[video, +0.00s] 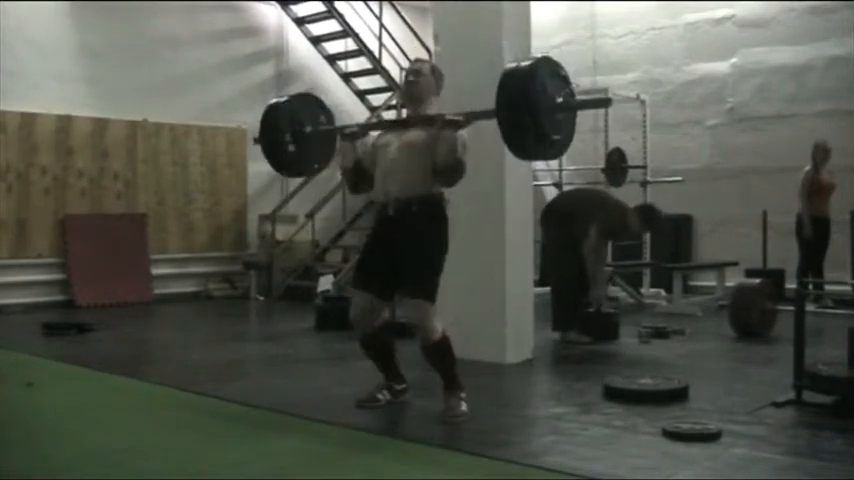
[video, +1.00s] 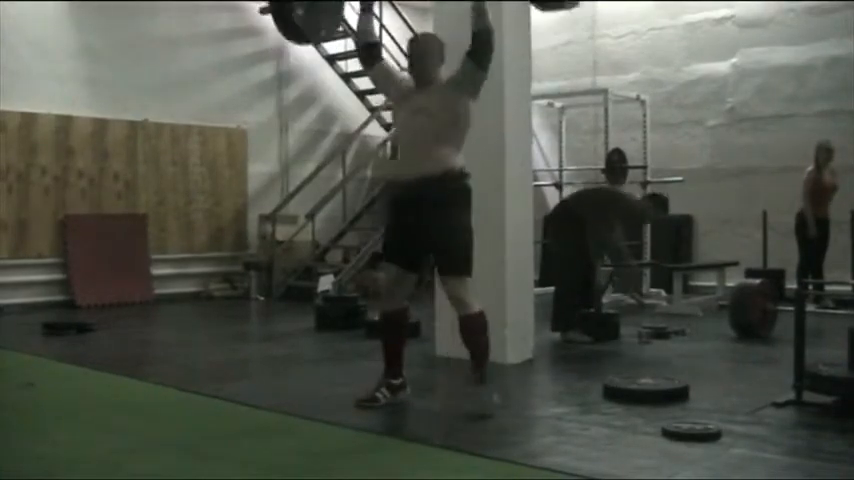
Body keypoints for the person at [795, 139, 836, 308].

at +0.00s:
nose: (825, 157)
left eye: (826, 154)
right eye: (822, 154)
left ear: (828, 156)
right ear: (814, 154)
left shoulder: (826, 174)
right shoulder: (809, 174)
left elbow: (824, 198)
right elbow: (803, 199)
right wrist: (806, 223)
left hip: (822, 219)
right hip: (808, 219)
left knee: (818, 258)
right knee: (806, 258)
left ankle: (819, 293)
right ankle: (802, 292)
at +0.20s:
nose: (827, 158)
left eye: (828, 155)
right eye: (825, 154)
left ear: (829, 156)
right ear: (817, 154)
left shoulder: (827, 174)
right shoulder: (811, 174)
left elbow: (824, 199)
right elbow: (805, 199)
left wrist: (832, 189)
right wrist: (809, 222)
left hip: (822, 220)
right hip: (808, 219)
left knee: (818, 259)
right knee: (806, 258)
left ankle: (819, 294)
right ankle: (802, 293)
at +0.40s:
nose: (828, 158)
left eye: (829, 155)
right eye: (826, 155)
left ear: (829, 157)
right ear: (818, 155)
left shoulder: (825, 174)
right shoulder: (812, 175)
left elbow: (823, 199)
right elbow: (806, 201)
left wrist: (832, 190)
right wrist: (810, 223)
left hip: (821, 220)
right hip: (808, 219)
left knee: (818, 259)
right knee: (806, 258)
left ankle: (819, 294)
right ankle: (802, 293)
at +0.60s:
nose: (827, 159)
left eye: (829, 155)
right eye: (825, 155)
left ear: (830, 157)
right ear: (818, 155)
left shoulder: (827, 174)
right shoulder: (812, 174)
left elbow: (824, 200)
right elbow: (807, 201)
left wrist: (832, 190)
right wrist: (811, 224)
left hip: (821, 220)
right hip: (808, 219)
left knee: (818, 259)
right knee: (806, 258)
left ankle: (819, 294)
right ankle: (802, 294)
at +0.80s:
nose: (827, 159)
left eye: (829, 155)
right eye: (825, 155)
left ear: (830, 157)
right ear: (818, 155)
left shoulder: (827, 174)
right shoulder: (812, 174)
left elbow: (825, 199)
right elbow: (807, 201)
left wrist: (833, 189)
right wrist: (811, 224)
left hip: (821, 220)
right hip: (808, 219)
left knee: (818, 259)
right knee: (806, 258)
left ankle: (819, 294)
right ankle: (802, 294)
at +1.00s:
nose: (827, 158)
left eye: (829, 154)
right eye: (824, 154)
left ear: (831, 156)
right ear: (817, 155)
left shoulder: (830, 173)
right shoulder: (812, 173)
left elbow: (827, 198)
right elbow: (806, 200)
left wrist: (833, 188)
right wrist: (811, 224)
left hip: (822, 219)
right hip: (807, 218)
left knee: (818, 258)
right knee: (806, 258)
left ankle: (819, 294)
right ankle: (802, 293)